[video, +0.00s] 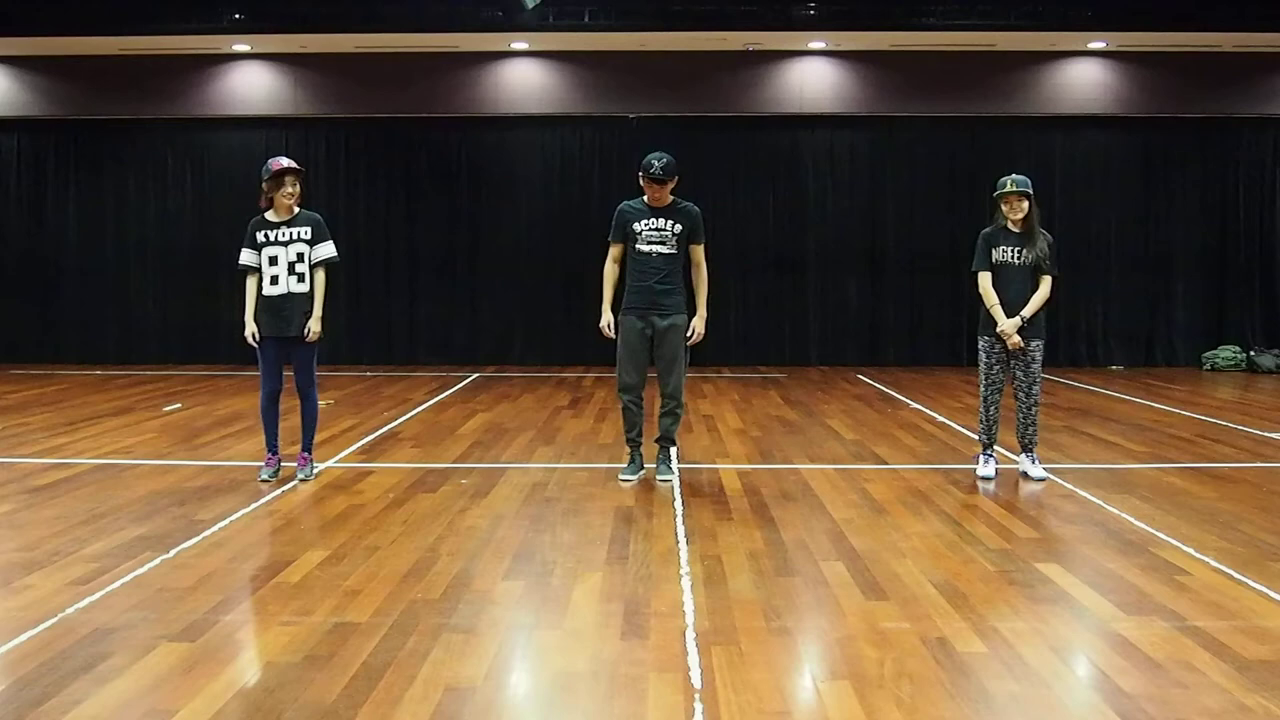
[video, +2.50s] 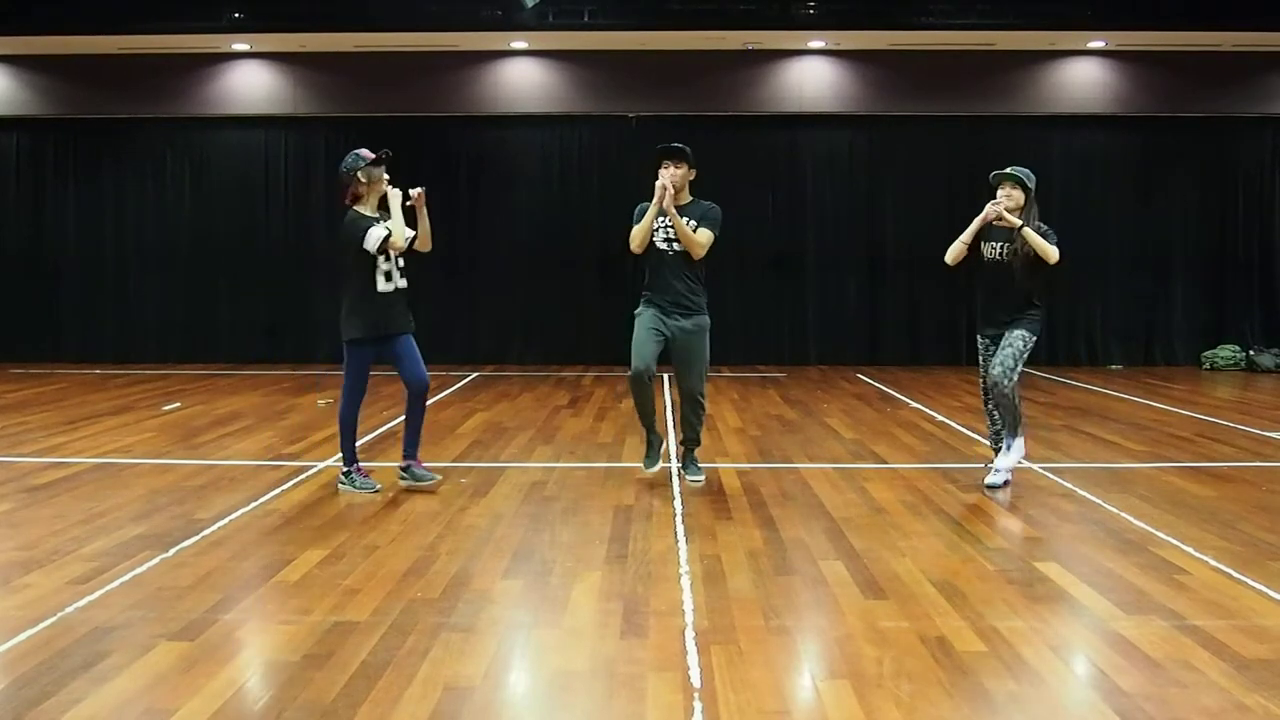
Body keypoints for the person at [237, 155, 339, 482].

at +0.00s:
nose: (291, 190)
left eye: (295, 184)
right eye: (284, 185)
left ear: (299, 187)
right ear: (270, 189)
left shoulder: (312, 222)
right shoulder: (257, 226)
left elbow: (319, 271)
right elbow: (252, 275)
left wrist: (317, 316)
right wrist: (249, 319)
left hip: (302, 322)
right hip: (268, 323)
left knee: (306, 389)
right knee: (270, 390)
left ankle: (306, 455)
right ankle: (272, 455)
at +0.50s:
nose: (289, 189)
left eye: (293, 184)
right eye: (282, 185)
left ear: (299, 188)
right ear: (270, 189)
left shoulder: (312, 222)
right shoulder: (258, 226)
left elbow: (326, 270)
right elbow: (248, 275)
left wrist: (330, 314)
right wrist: (237, 318)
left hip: (305, 320)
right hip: (267, 322)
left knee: (306, 388)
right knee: (270, 389)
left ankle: (305, 455)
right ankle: (271, 455)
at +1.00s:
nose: (292, 189)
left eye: (294, 183)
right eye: (284, 184)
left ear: (298, 185)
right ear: (267, 188)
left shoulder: (309, 220)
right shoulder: (254, 226)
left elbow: (328, 266)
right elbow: (247, 276)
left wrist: (339, 308)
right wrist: (242, 322)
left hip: (306, 320)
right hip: (267, 322)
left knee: (306, 387)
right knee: (272, 388)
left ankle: (305, 454)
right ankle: (271, 455)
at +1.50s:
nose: (302, 190)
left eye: (303, 184)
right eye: (294, 185)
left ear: (306, 186)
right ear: (276, 189)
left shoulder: (316, 220)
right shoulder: (261, 228)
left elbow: (340, 258)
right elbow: (253, 279)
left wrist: (345, 298)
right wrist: (271, 322)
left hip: (314, 320)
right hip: (276, 321)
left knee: (316, 386)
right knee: (274, 388)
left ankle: (317, 457)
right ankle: (272, 457)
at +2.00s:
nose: (341, 190)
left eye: (342, 183)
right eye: (333, 185)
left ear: (347, 184)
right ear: (315, 188)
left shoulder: (353, 219)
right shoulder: (301, 221)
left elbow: (381, 260)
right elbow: (301, 262)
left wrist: (374, 232)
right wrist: (332, 230)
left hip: (347, 313)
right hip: (314, 311)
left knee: (331, 383)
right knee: (343, 374)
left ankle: (319, 455)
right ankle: (316, 439)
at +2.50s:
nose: (386, 173)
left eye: (383, 168)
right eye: (378, 169)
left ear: (372, 179)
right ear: (361, 179)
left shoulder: (388, 216)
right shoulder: (355, 221)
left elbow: (424, 245)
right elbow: (397, 243)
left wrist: (421, 210)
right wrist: (394, 205)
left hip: (394, 318)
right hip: (359, 321)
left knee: (419, 383)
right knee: (354, 394)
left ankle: (410, 463)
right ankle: (349, 469)